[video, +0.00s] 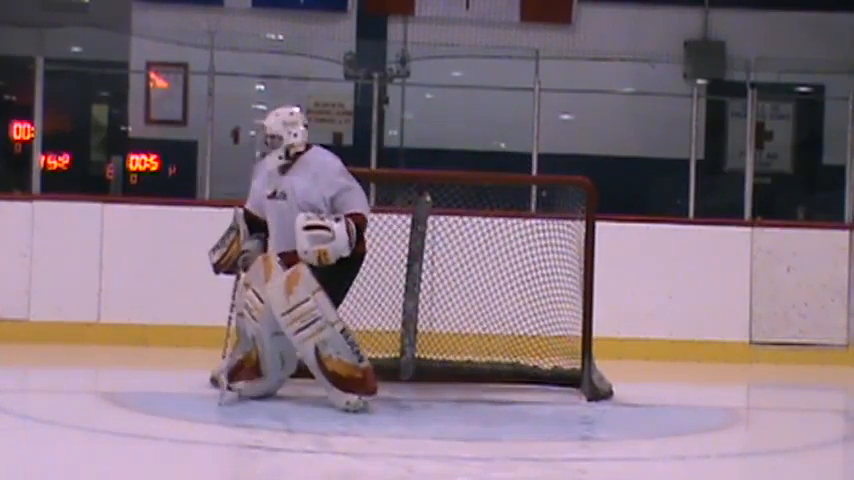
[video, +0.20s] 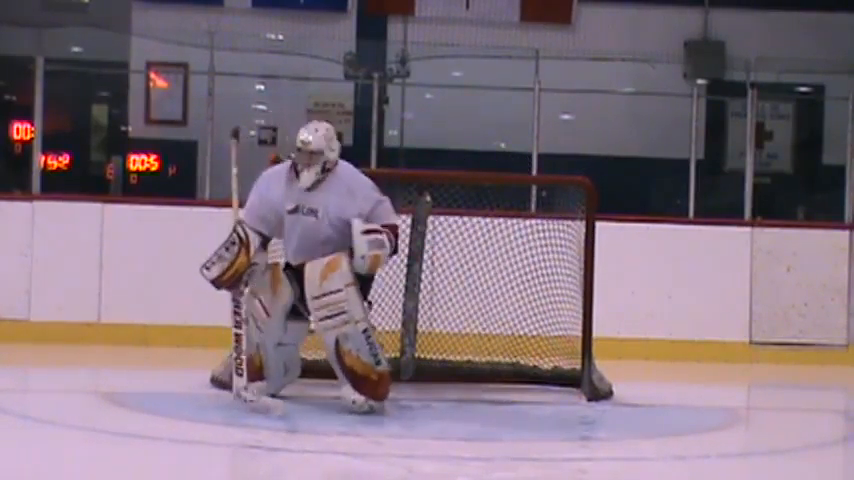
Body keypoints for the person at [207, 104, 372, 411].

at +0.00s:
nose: (268, 143)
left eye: (273, 138)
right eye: (267, 137)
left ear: (292, 137)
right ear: (267, 136)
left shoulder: (325, 165)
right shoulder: (266, 169)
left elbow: (357, 206)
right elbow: (254, 218)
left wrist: (343, 234)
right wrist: (235, 249)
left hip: (333, 256)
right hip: (285, 257)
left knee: (311, 316)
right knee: (263, 310)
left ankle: (353, 385)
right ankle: (255, 377)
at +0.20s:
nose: (304, 161)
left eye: (312, 155)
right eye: (300, 154)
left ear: (330, 156)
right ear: (294, 152)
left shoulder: (353, 184)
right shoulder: (275, 180)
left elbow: (387, 225)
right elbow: (253, 228)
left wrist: (377, 243)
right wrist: (236, 260)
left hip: (344, 271)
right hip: (294, 270)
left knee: (345, 325)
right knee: (275, 324)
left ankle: (363, 388)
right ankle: (265, 376)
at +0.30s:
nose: (342, 171)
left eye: (351, 165)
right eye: (336, 164)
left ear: (363, 167)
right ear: (327, 162)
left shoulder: (378, 198)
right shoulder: (295, 188)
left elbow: (407, 223)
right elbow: (269, 231)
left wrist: (412, 246)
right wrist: (254, 267)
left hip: (362, 270)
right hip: (311, 270)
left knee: (368, 326)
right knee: (287, 322)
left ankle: (387, 391)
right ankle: (277, 382)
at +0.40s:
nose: (381, 174)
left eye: (389, 168)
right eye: (375, 166)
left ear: (401, 169)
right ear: (363, 164)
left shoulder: (418, 204)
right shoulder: (329, 188)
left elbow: (443, 261)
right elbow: (297, 233)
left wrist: (447, 242)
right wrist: (280, 269)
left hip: (386, 275)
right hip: (333, 270)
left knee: (400, 325)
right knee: (298, 321)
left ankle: (414, 389)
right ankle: (265, 375)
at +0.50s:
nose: (410, 175)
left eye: (417, 169)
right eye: (403, 167)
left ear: (429, 170)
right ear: (390, 166)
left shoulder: (444, 206)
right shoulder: (359, 189)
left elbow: (461, 254)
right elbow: (324, 230)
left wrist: (474, 244)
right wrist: (310, 266)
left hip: (405, 278)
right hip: (354, 271)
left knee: (423, 328)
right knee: (321, 324)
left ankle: (441, 391)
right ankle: (282, 374)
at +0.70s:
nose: (441, 165)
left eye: (448, 158)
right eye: (435, 157)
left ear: (460, 160)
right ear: (421, 158)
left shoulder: (476, 197)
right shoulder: (390, 186)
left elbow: (504, 258)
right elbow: (356, 234)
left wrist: (508, 241)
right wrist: (340, 272)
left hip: (446, 278)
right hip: (391, 275)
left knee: (461, 338)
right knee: (351, 333)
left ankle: (487, 409)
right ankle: (309, 393)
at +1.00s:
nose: (452, 140)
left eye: (459, 134)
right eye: (445, 133)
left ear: (472, 137)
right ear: (434, 135)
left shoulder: (494, 176)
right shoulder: (403, 169)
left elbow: (521, 242)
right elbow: (369, 221)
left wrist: (513, 236)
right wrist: (348, 267)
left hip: (466, 271)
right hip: (407, 265)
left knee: (472, 344)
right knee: (379, 339)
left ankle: (500, 418)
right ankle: (349, 410)